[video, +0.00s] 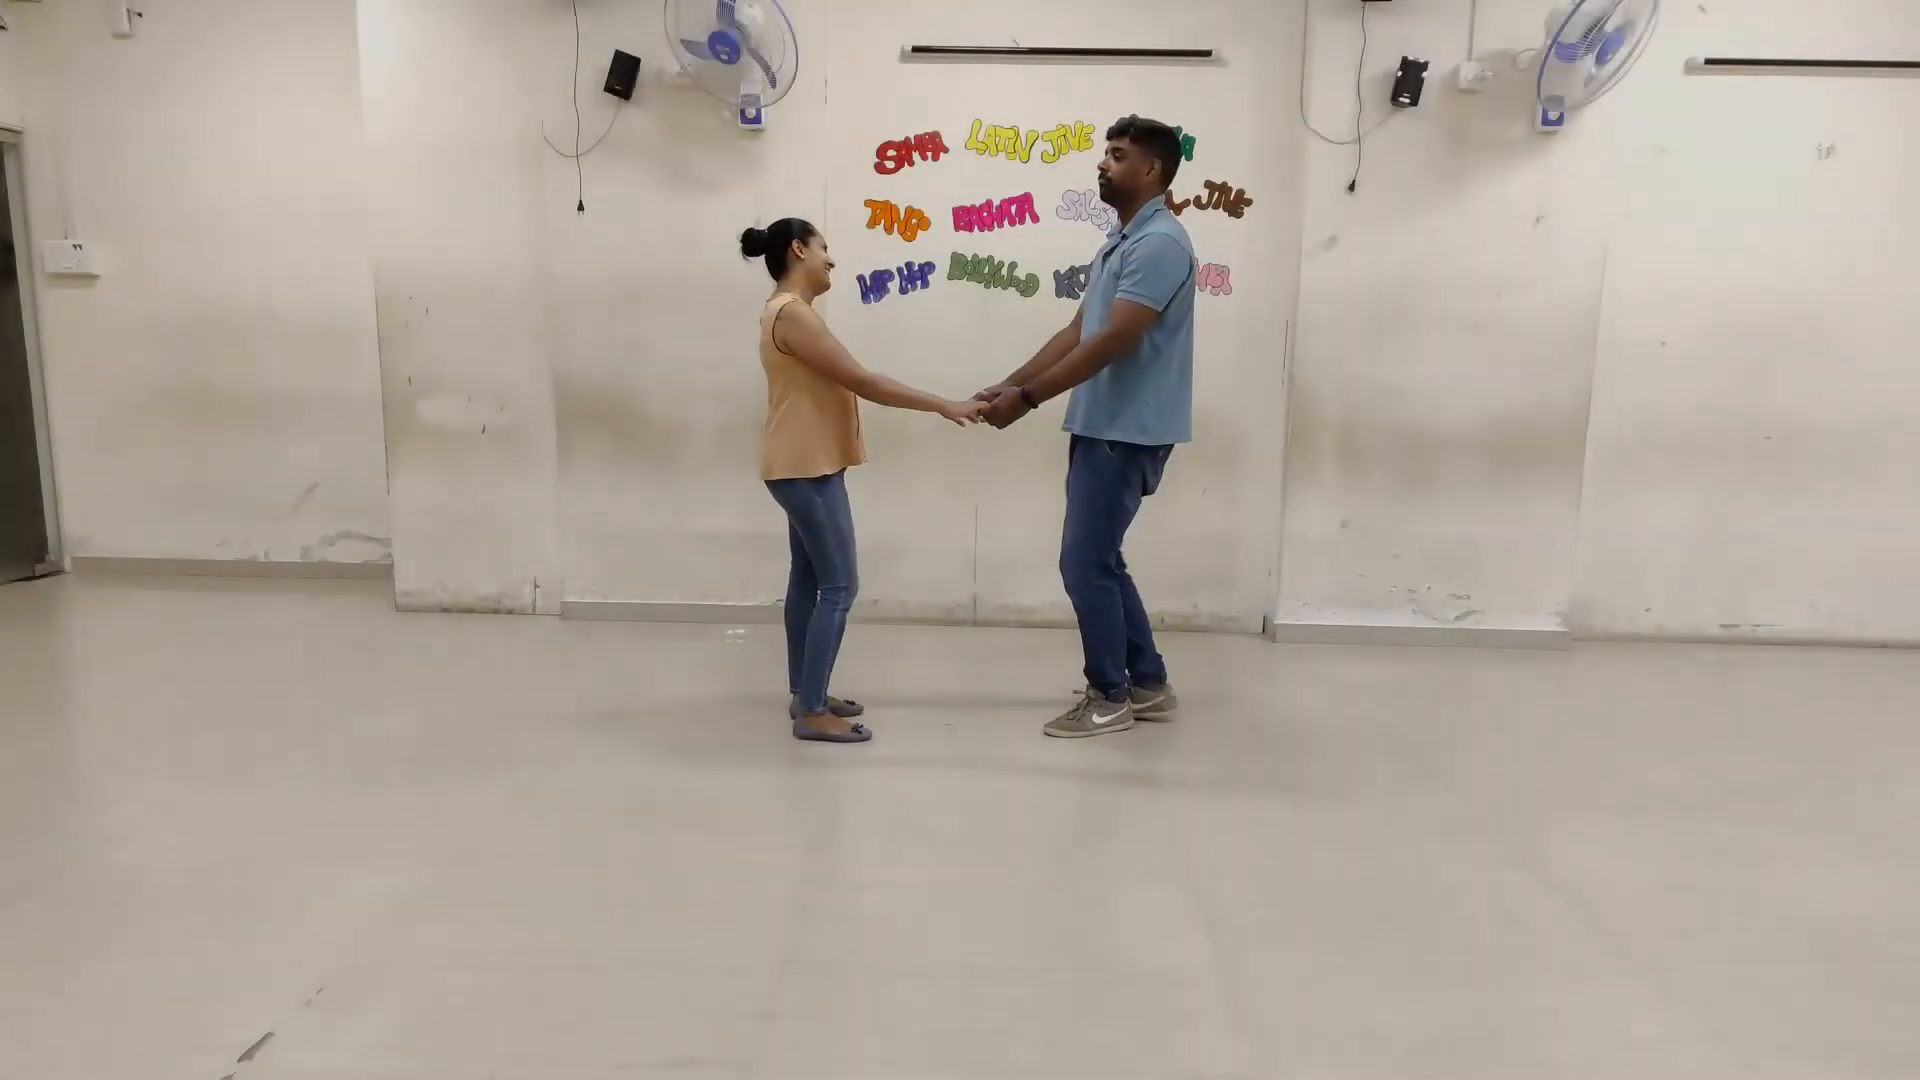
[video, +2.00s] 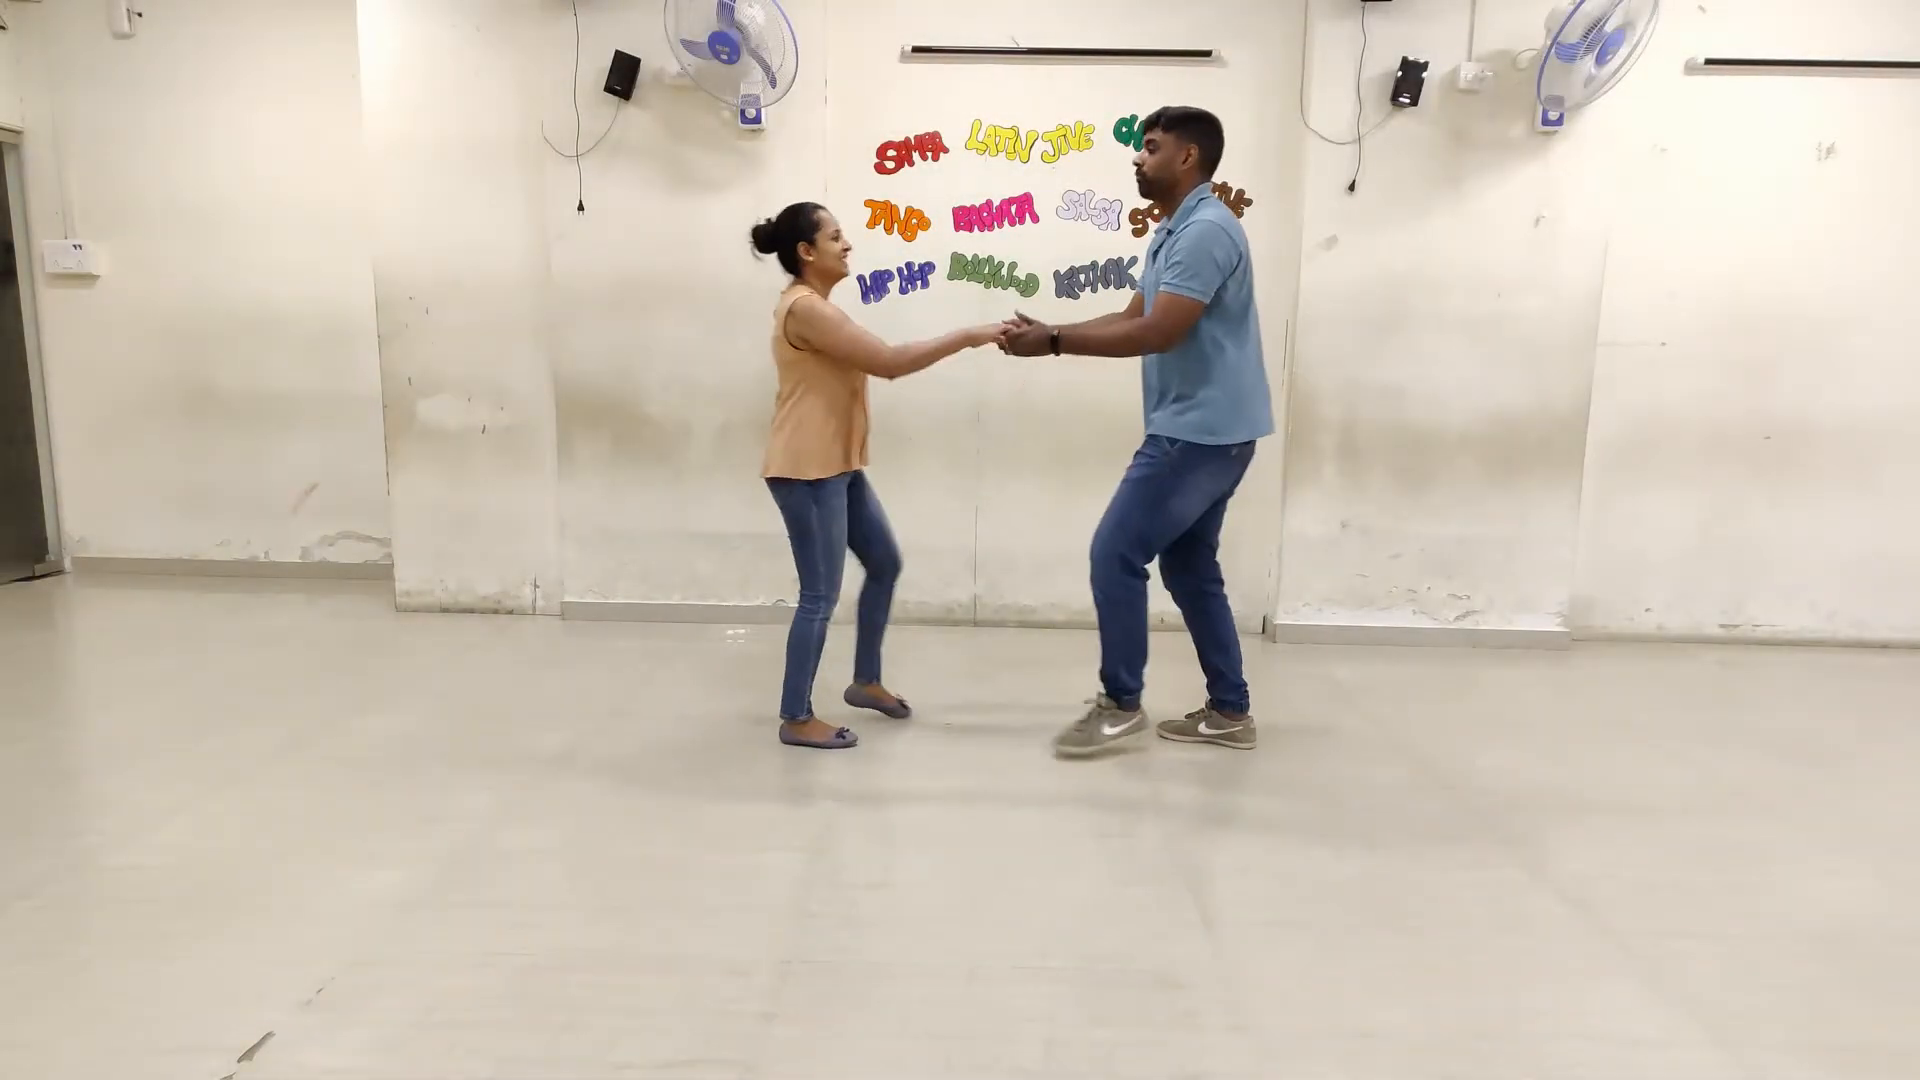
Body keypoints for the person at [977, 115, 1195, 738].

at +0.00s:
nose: (1103, 163)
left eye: (1116, 155)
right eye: (1105, 154)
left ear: (1153, 169)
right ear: (1131, 170)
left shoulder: (1161, 241)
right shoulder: (1122, 242)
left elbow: (1119, 336)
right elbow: (1078, 332)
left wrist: (1030, 394)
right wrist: (1014, 384)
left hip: (1127, 429)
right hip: (1102, 425)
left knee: (1084, 561)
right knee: (1096, 556)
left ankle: (1111, 694)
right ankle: (1146, 682)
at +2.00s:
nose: (1138, 159)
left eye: (1152, 149)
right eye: (1142, 148)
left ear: (1191, 158)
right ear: (1182, 160)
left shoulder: (1204, 228)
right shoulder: (1175, 230)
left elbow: (1161, 331)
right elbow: (1135, 321)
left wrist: (1056, 338)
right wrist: (1050, 335)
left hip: (1199, 432)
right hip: (1206, 430)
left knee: (1115, 551)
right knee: (1189, 568)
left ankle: (1120, 705)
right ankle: (1229, 711)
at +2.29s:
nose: (1084, 180)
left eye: (1097, 170)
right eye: (1087, 169)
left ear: (1134, 182)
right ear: (1129, 183)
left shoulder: (1147, 256)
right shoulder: (1133, 252)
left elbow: (1147, 367)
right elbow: (1110, 361)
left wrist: (1057, 412)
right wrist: (1047, 402)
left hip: (1135, 451)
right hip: (1149, 448)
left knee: (1060, 573)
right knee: (1117, 579)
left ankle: (1085, 713)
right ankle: (1213, 693)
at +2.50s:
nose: (1040, 156)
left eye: (1053, 146)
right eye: (1043, 146)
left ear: (1090, 156)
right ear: (1087, 158)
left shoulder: (1103, 223)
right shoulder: (1098, 219)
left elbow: (1128, 325)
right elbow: (1113, 326)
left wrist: (1036, 353)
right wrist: (1035, 351)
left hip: (1104, 428)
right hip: (1105, 423)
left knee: (1055, 562)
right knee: (1068, 556)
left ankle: (1085, 711)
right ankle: (1107, 683)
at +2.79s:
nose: (1056, 159)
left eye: (1068, 148)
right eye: (1059, 148)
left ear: (1104, 159)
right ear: (1098, 161)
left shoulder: (1124, 227)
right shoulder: (1106, 227)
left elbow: (1136, 328)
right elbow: (1105, 330)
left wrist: (1039, 351)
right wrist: (1034, 348)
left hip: (1133, 431)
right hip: (1123, 428)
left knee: (1071, 564)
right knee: (1088, 553)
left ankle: (1082, 710)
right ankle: (1131, 677)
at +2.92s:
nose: (1100, 175)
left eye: (1114, 167)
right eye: (1104, 165)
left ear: (1153, 180)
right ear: (1131, 178)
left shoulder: (1170, 251)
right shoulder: (1127, 254)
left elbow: (1161, 352)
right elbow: (1083, 341)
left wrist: (1064, 377)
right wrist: (1002, 363)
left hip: (1158, 450)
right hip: (1135, 446)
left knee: (1075, 569)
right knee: (1116, 573)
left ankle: (1082, 713)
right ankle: (1222, 673)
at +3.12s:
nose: (1162, 188)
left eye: (1176, 179)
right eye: (1166, 176)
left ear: (1215, 191)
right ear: (1202, 192)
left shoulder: (1224, 257)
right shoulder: (1205, 254)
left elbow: (1165, 354)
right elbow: (1156, 356)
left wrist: (1064, 349)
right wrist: (1081, 398)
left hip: (1215, 450)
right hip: (1216, 448)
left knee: (1125, 567)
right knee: (1185, 580)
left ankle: (1092, 714)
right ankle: (1257, 707)